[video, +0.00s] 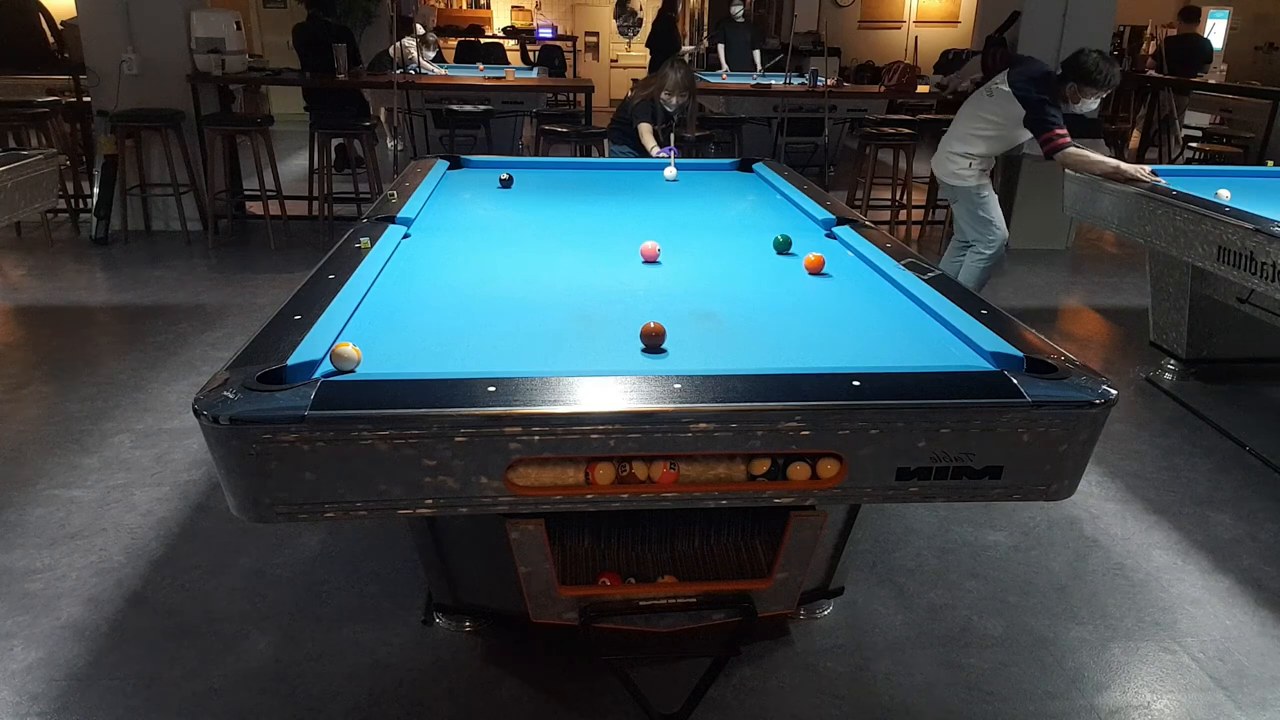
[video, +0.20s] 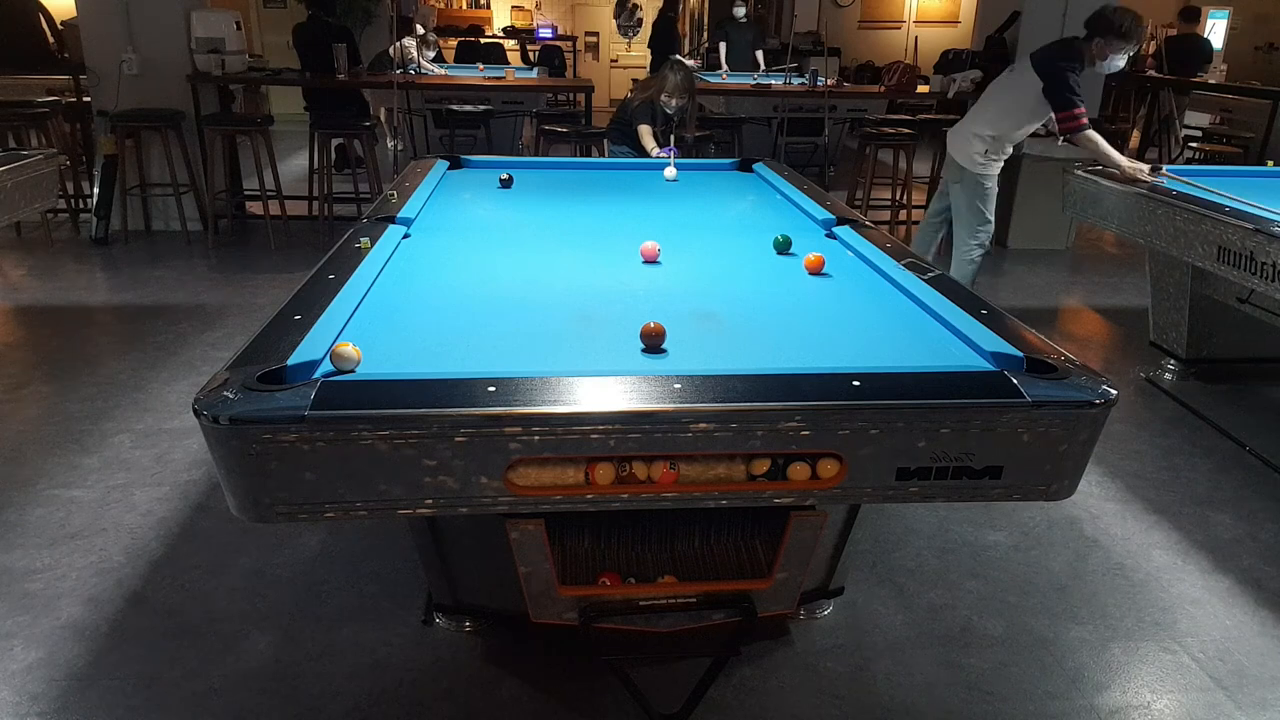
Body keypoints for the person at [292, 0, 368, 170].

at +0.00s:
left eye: (306, 5)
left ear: (307, 7)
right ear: (332, 7)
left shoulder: (298, 30)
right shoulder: (342, 30)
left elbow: (307, 64)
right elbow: (357, 67)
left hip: (313, 101)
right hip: (345, 103)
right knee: (363, 106)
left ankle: (351, 152)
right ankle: (345, 150)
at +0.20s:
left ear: (308, 7)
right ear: (332, 6)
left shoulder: (299, 30)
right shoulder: (341, 30)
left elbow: (307, 65)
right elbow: (357, 67)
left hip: (313, 100)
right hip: (344, 102)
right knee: (363, 106)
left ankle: (351, 152)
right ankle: (345, 150)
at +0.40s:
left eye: (305, 5)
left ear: (308, 7)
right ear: (333, 7)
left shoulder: (299, 29)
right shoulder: (342, 30)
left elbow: (307, 66)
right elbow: (357, 68)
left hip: (314, 102)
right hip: (345, 103)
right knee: (362, 106)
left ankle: (351, 152)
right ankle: (345, 149)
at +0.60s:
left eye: (306, 5)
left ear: (308, 7)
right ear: (333, 7)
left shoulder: (299, 29)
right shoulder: (342, 30)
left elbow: (307, 66)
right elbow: (357, 69)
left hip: (315, 102)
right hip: (346, 103)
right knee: (363, 107)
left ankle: (351, 152)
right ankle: (345, 150)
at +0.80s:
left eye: (306, 5)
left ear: (309, 7)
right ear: (334, 8)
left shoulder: (299, 29)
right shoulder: (342, 30)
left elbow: (307, 66)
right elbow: (357, 69)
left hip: (314, 102)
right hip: (345, 103)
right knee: (363, 106)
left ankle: (351, 152)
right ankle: (345, 150)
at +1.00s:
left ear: (309, 8)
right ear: (334, 8)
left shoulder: (299, 30)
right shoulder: (342, 30)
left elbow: (306, 66)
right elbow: (357, 69)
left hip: (314, 102)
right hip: (345, 103)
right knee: (362, 106)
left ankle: (351, 152)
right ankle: (345, 150)